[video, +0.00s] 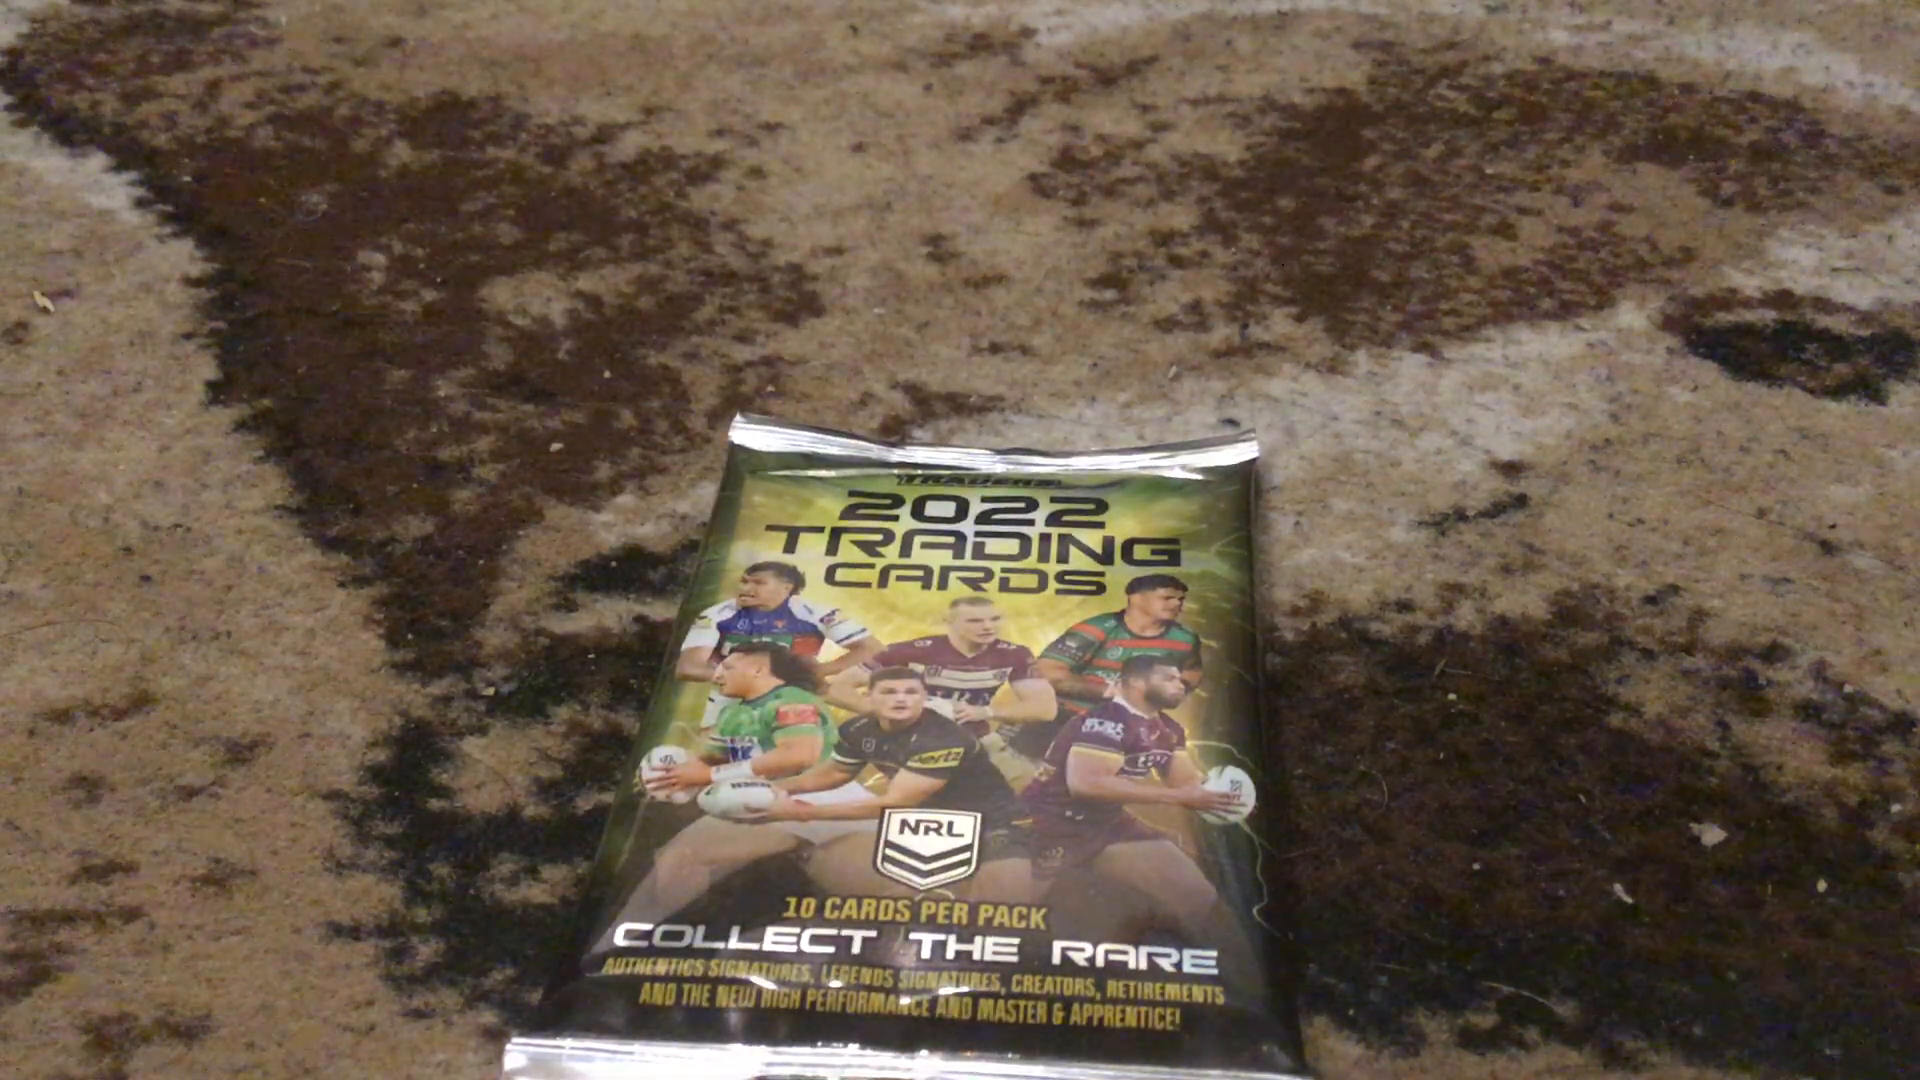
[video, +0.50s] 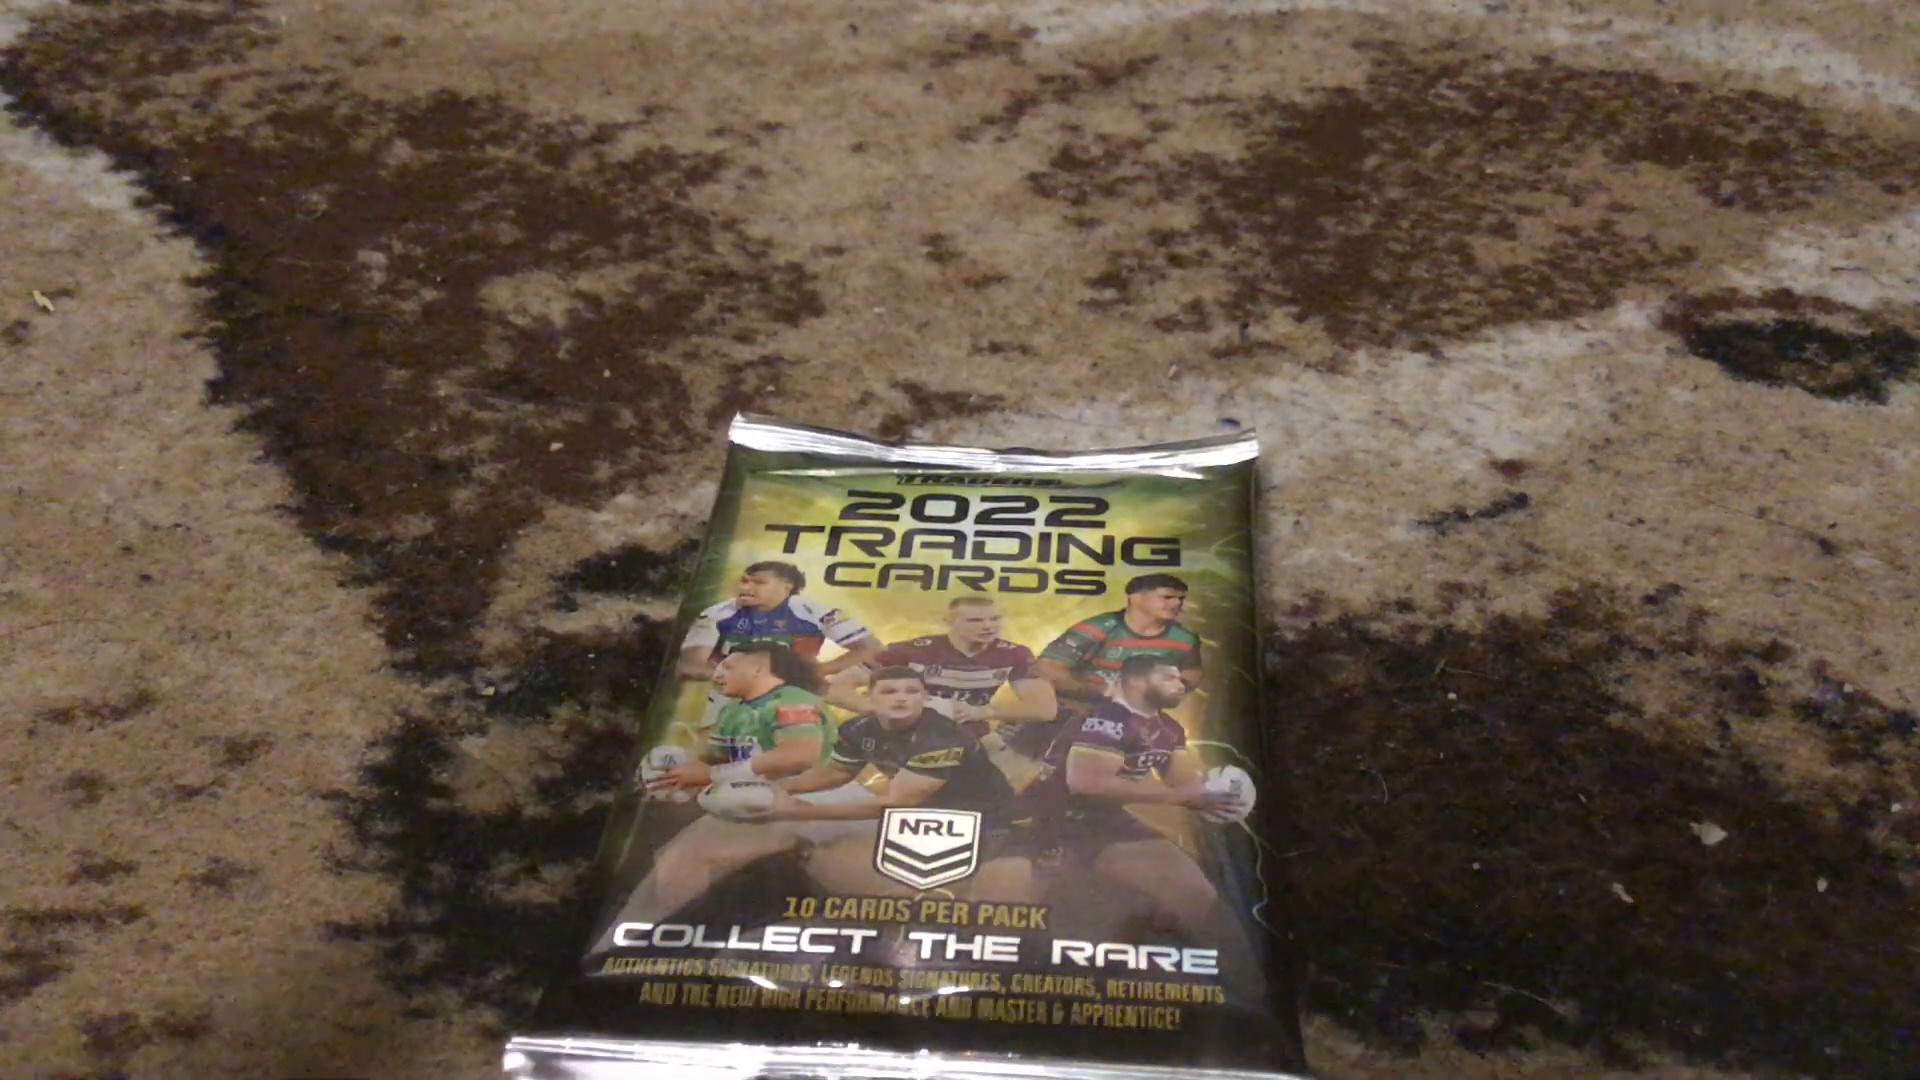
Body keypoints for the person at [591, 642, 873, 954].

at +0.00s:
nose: (719, 669)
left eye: (729, 662)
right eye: (722, 662)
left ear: (761, 664)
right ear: (754, 666)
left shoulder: (793, 701)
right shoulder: (733, 713)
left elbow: (801, 754)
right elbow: (712, 762)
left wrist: (711, 775)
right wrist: (669, 779)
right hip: (753, 814)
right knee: (674, 861)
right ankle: (612, 952)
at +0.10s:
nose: (720, 669)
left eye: (729, 662)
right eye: (722, 662)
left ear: (761, 664)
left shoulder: (793, 700)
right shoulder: (734, 713)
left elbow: (802, 754)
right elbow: (715, 762)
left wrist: (711, 775)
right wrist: (667, 778)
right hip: (751, 815)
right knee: (674, 862)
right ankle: (617, 950)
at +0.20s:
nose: (720, 670)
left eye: (730, 662)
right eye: (722, 663)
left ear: (762, 664)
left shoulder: (793, 700)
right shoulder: (732, 712)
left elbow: (801, 754)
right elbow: (715, 761)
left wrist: (712, 775)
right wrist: (671, 777)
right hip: (748, 814)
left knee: (686, 858)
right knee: (671, 861)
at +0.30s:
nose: (720, 669)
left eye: (729, 662)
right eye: (722, 662)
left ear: (761, 665)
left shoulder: (793, 700)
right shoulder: (732, 714)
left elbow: (802, 754)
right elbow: (714, 763)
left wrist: (711, 775)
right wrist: (668, 779)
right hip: (752, 814)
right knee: (674, 863)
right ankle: (614, 950)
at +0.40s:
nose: (719, 669)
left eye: (729, 662)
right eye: (721, 662)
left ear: (761, 665)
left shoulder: (793, 701)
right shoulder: (733, 714)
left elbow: (801, 754)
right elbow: (713, 762)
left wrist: (711, 775)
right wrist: (667, 779)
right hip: (758, 814)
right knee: (678, 862)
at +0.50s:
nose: (719, 668)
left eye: (730, 660)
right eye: (722, 661)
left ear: (762, 662)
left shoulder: (793, 701)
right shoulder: (731, 712)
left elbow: (802, 754)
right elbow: (716, 763)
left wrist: (712, 775)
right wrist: (675, 778)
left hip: (783, 818)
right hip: (737, 816)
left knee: (685, 860)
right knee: (669, 862)